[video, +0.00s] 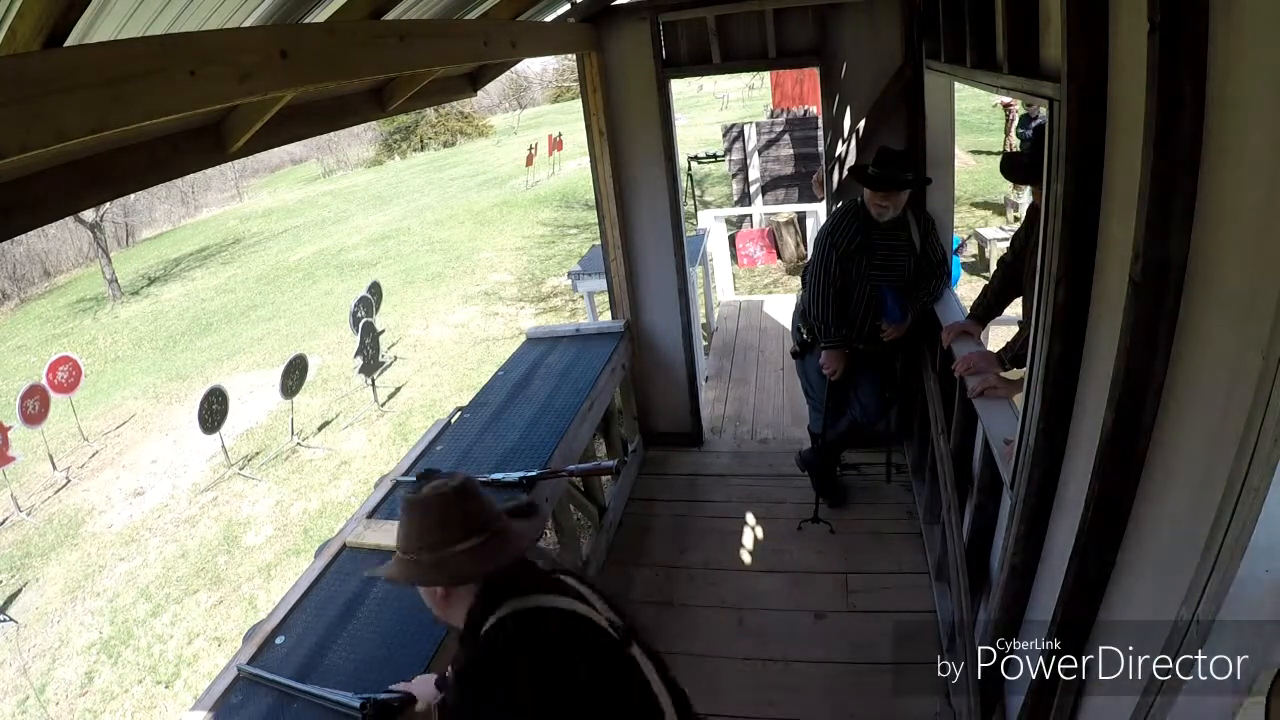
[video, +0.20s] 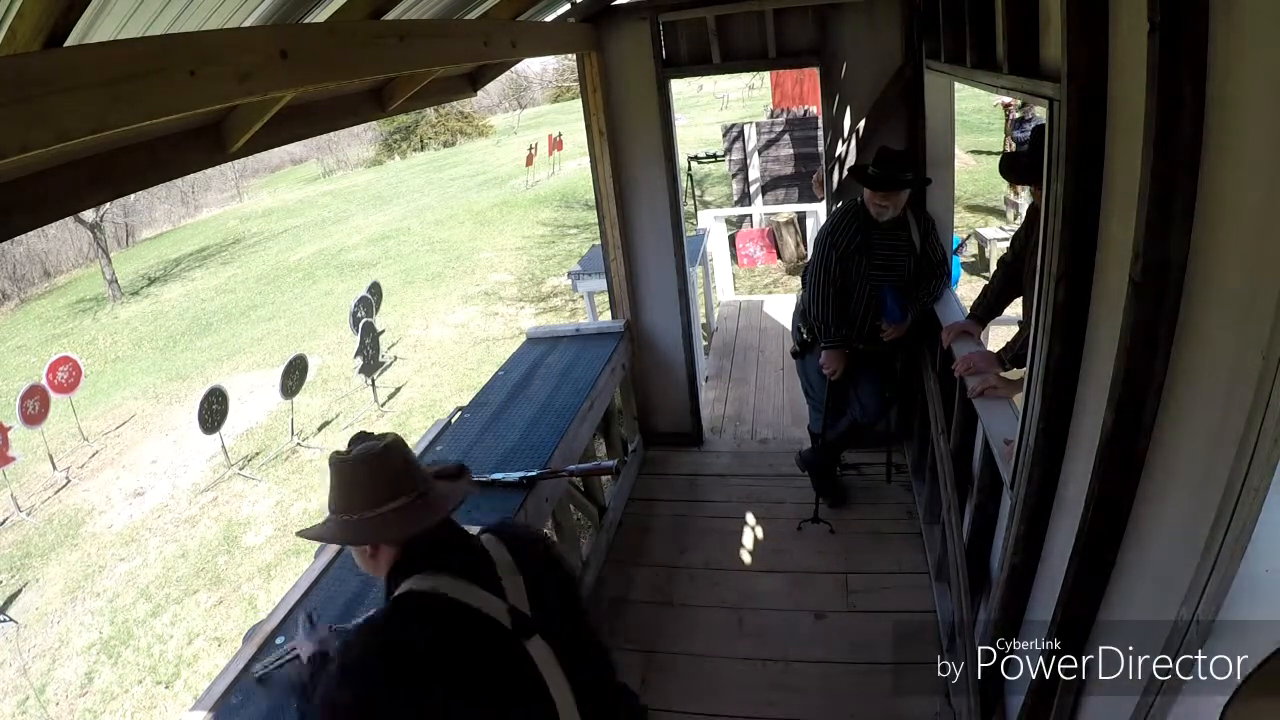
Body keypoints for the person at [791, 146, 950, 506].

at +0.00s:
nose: (882, 199)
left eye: (893, 192)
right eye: (875, 190)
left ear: (909, 193)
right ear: (864, 187)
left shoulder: (920, 225)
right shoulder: (843, 224)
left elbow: (937, 273)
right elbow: (820, 283)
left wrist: (909, 316)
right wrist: (831, 343)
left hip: (875, 335)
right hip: (824, 334)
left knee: (870, 409)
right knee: (827, 410)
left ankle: (817, 456)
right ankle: (826, 478)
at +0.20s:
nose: (880, 199)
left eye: (891, 192)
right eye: (874, 189)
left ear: (908, 193)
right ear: (864, 187)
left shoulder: (920, 225)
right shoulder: (843, 224)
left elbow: (937, 273)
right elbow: (820, 283)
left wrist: (909, 316)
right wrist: (831, 343)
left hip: (874, 335)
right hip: (824, 334)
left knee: (871, 408)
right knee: (827, 410)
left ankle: (818, 456)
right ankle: (826, 478)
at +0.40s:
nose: (881, 198)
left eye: (892, 190)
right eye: (874, 188)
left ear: (908, 192)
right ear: (863, 186)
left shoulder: (920, 225)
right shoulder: (843, 224)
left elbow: (937, 274)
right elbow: (820, 283)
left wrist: (908, 317)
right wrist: (831, 343)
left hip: (875, 336)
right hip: (824, 335)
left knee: (873, 409)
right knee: (826, 410)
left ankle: (820, 455)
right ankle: (828, 478)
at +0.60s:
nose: (879, 197)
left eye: (890, 190)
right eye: (873, 188)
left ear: (908, 192)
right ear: (862, 186)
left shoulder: (920, 226)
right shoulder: (842, 225)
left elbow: (937, 276)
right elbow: (820, 284)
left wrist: (909, 317)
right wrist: (830, 343)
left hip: (879, 338)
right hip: (827, 338)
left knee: (875, 408)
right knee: (830, 412)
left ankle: (858, 477)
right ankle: (830, 482)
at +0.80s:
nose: (879, 198)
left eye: (890, 190)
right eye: (873, 188)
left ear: (908, 193)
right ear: (863, 186)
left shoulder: (921, 227)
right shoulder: (841, 225)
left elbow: (938, 278)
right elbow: (820, 284)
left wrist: (912, 318)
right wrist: (830, 343)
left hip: (882, 337)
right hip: (830, 336)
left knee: (885, 403)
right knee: (830, 408)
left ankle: (866, 464)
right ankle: (828, 474)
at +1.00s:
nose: (880, 199)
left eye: (890, 191)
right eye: (873, 190)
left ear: (908, 193)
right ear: (862, 187)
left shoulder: (921, 227)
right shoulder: (841, 225)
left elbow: (939, 278)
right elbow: (819, 285)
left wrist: (915, 318)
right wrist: (828, 343)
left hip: (886, 341)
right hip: (834, 339)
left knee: (878, 406)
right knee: (829, 411)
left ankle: (864, 460)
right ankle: (827, 473)